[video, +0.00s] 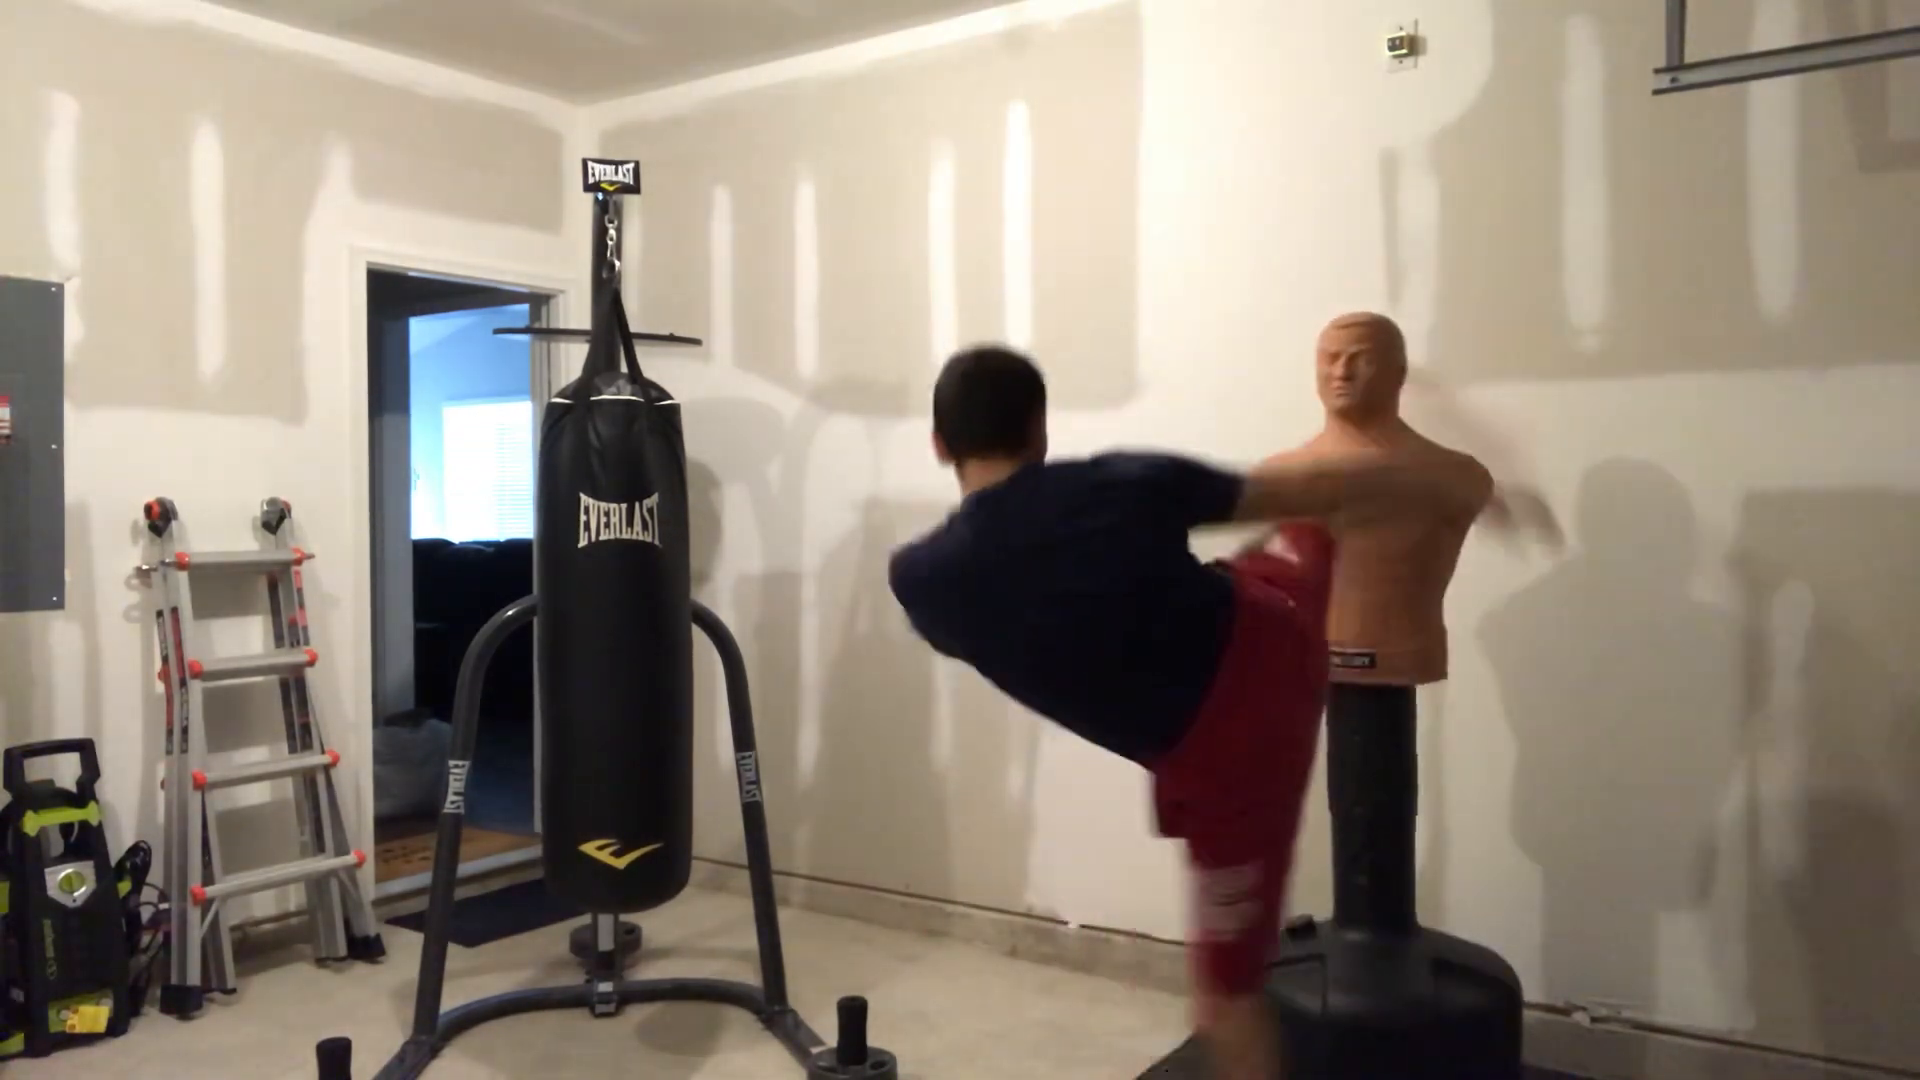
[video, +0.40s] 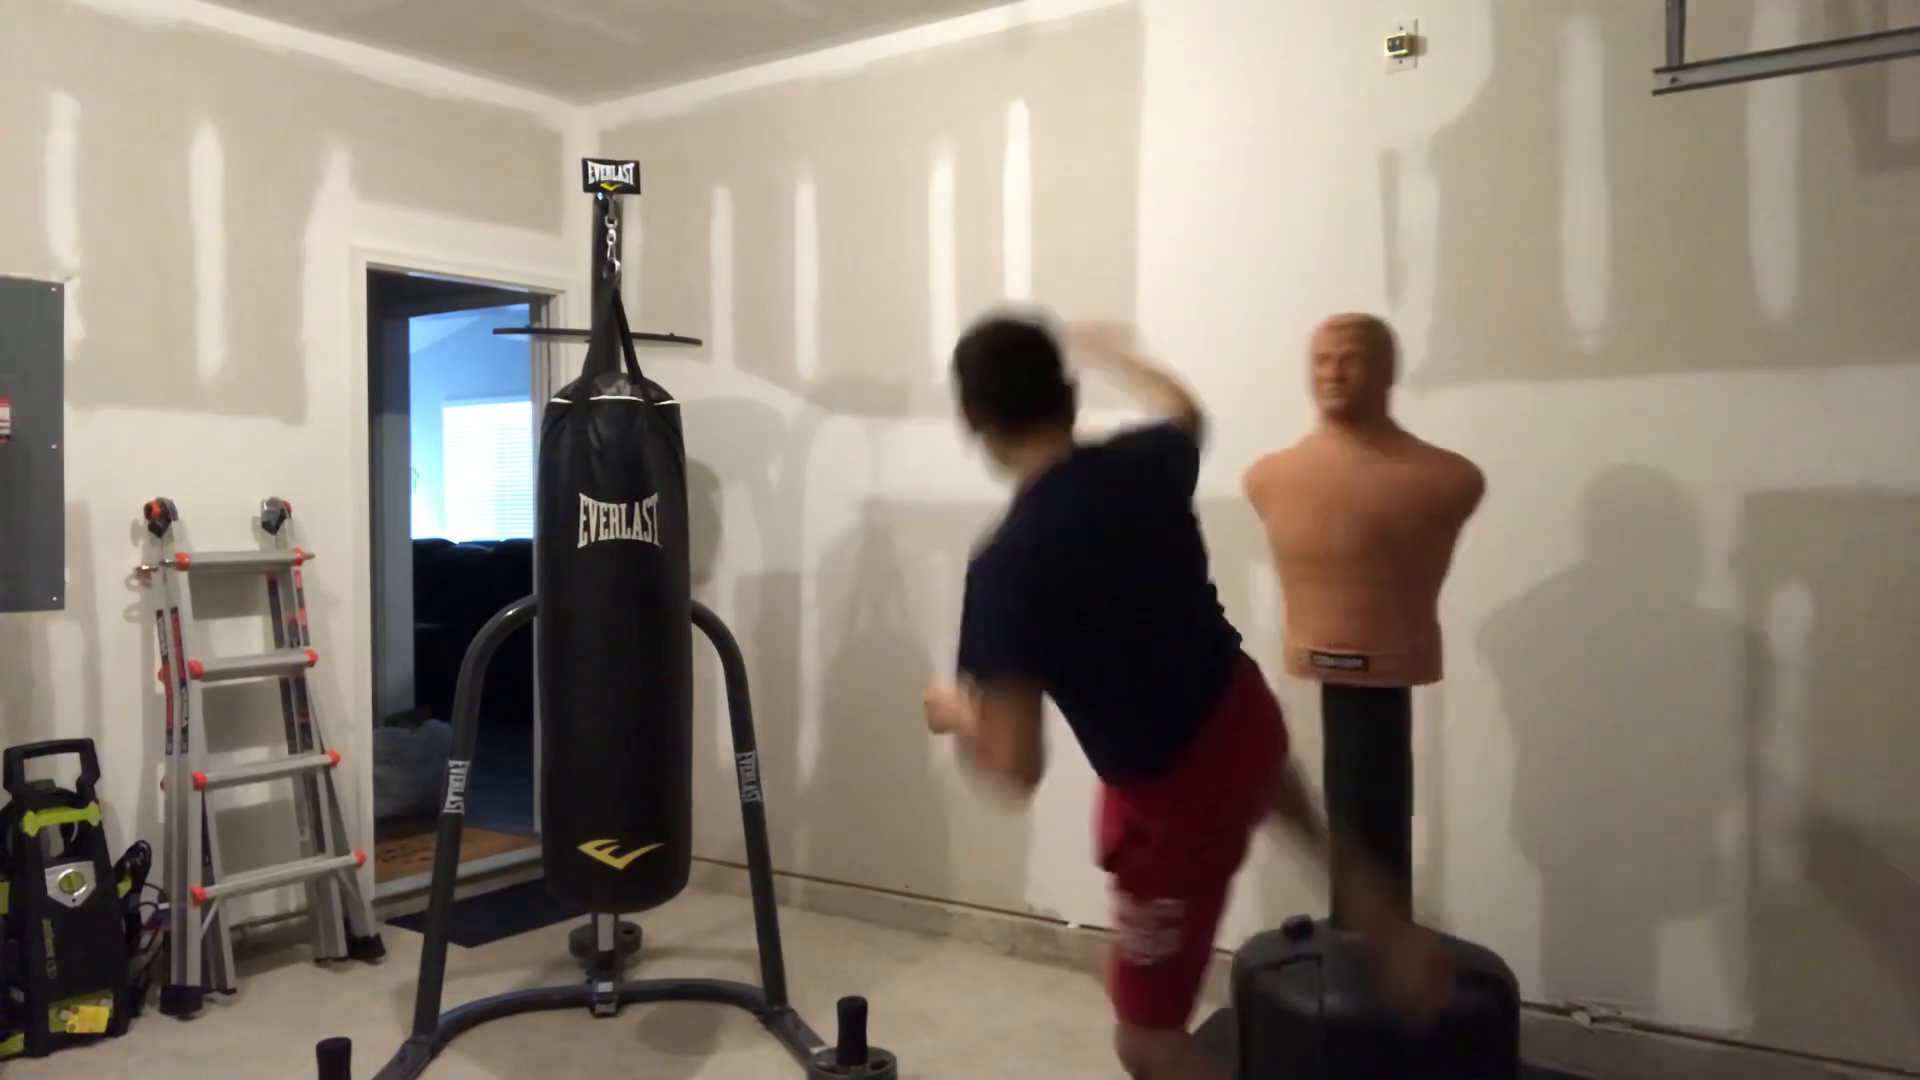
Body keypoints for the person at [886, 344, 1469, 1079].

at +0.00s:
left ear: (940, 446)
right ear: (1040, 426)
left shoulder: (921, 580)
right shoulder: (1116, 484)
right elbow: (1312, 491)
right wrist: (1458, 482)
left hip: (1225, 767)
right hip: (1274, 644)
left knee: (1229, 1004)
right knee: (1309, 513)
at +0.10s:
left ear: (935, 488)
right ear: (1037, 464)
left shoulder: (940, 625)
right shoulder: (1118, 513)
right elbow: (1289, 552)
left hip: (1240, 762)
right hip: (1280, 643)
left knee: (1262, 1007)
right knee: (1268, 530)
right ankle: (1407, 436)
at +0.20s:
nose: (919, 513)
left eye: (918, 500)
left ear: (928, 516)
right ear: (1029, 483)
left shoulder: (969, 659)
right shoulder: (1116, 519)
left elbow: (942, 788)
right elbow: (1280, 536)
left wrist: (957, 696)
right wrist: (1445, 545)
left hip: (1244, 773)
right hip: (1273, 650)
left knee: (1240, 1014)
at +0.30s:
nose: (924, 499)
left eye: (924, 485)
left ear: (937, 501)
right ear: (1029, 461)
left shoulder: (997, 651)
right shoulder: (1111, 505)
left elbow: (969, 838)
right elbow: (1228, 481)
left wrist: (955, 726)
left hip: (1225, 798)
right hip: (1265, 685)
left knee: (1194, 1036)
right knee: (1260, 658)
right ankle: (1405, 736)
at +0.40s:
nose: (962, 423)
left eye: (963, 407)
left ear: (974, 418)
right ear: (1061, 390)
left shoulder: (1007, 564)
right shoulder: (1146, 461)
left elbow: (1017, 764)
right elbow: (1183, 412)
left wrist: (958, 714)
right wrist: (1118, 355)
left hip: (1170, 794)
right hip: (1249, 717)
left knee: (1148, 1043)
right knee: (1310, 829)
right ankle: (1398, 943)